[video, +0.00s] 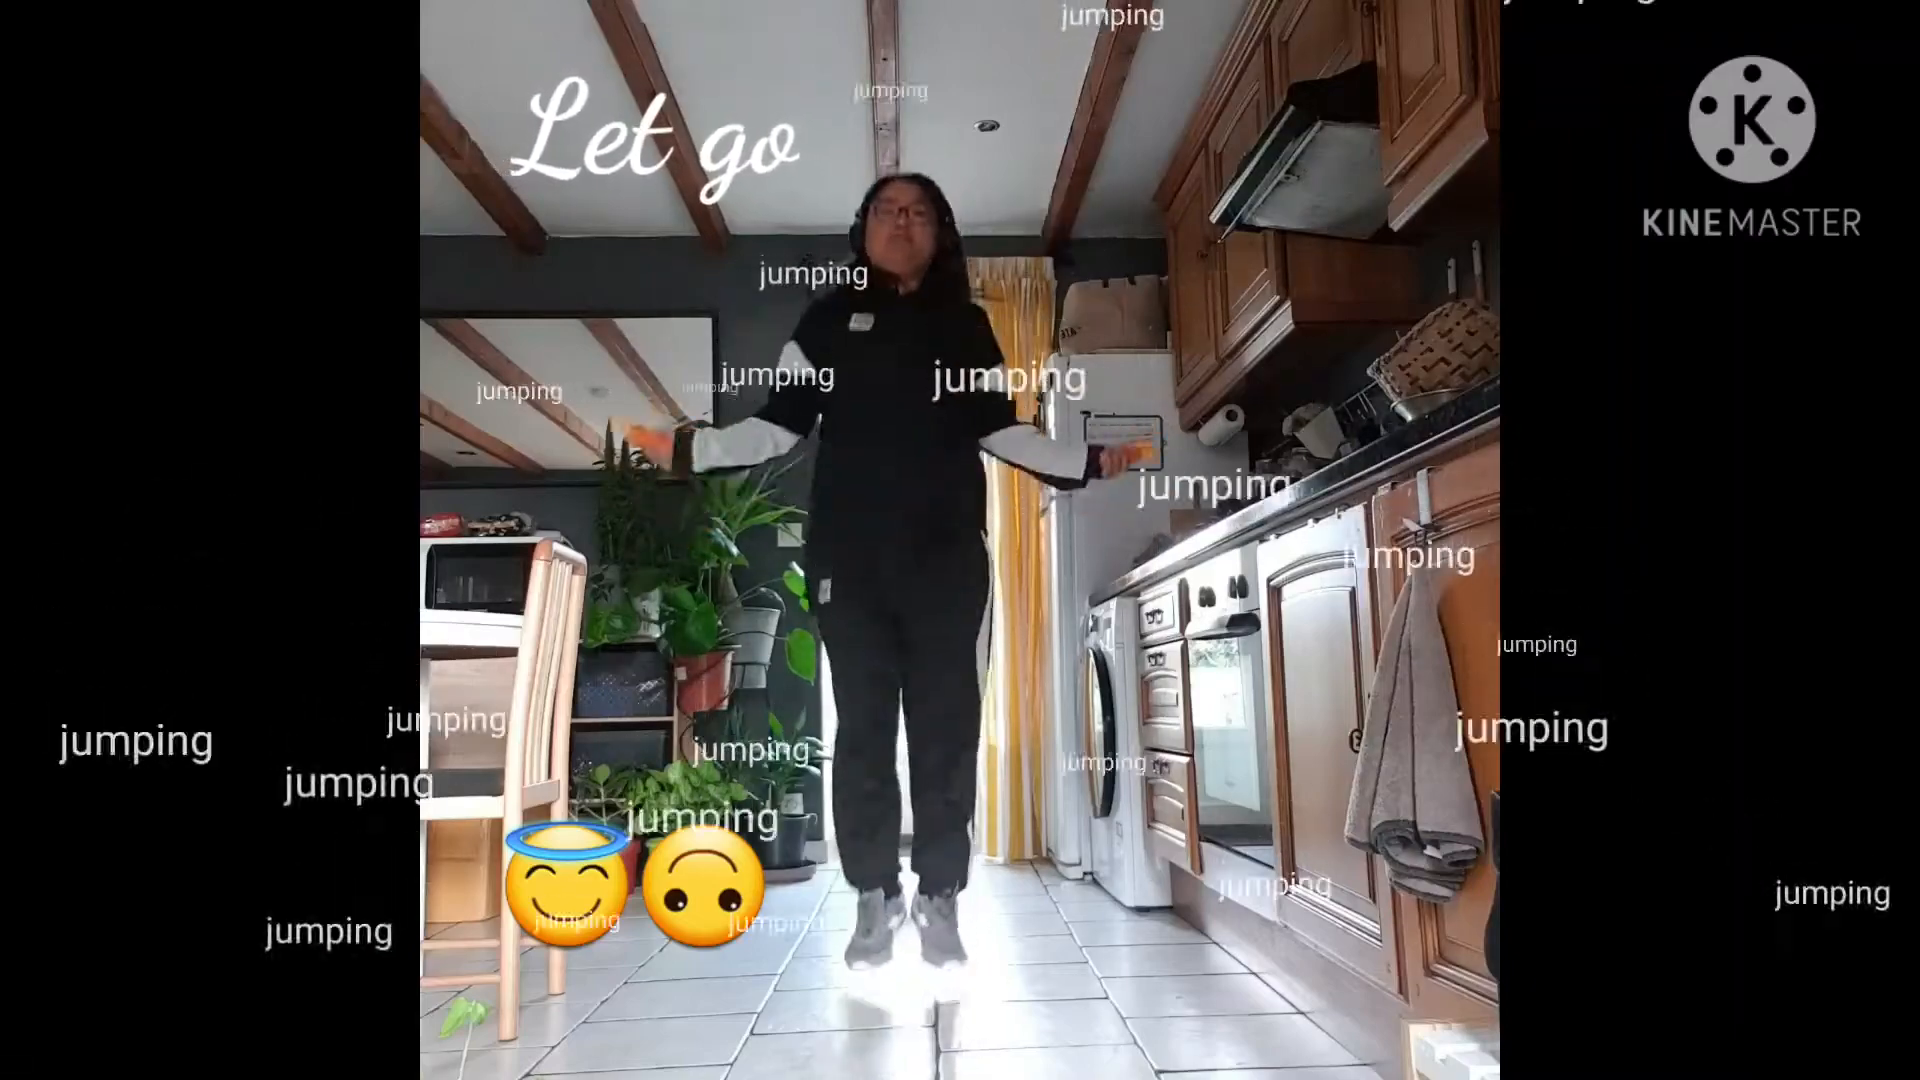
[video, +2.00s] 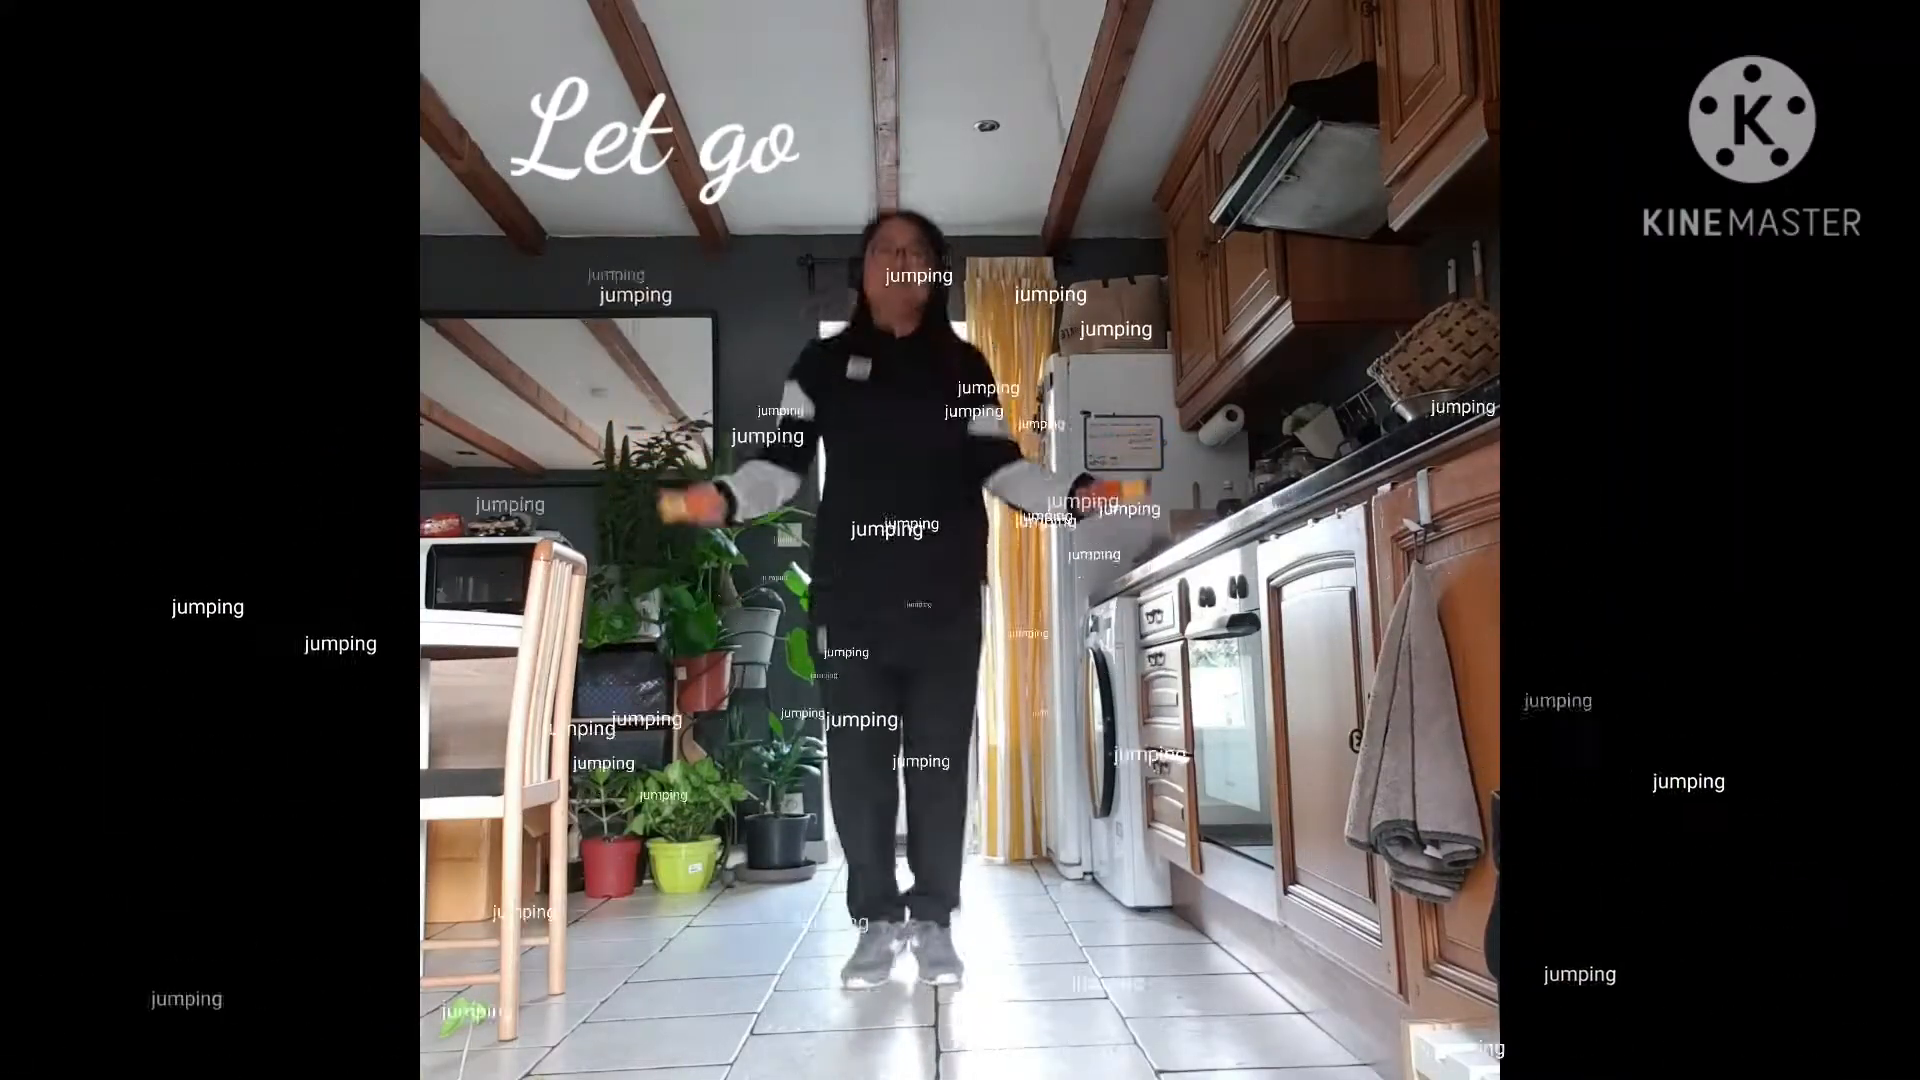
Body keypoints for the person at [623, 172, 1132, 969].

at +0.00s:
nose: (902, 222)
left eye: (918, 212)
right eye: (888, 211)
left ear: (942, 236)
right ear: (863, 233)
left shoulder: (966, 325)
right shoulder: (830, 315)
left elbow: (996, 430)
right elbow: (785, 423)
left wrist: (1088, 461)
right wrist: (693, 443)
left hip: (946, 551)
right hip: (851, 549)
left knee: (945, 726)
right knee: (863, 726)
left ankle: (939, 900)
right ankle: (874, 897)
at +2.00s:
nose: (902, 266)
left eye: (916, 255)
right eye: (888, 253)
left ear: (936, 274)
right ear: (863, 270)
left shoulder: (962, 364)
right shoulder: (826, 361)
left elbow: (997, 464)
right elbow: (782, 464)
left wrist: (1066, 494)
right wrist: (721, 496)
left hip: (944, 594)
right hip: (851, 594)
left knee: (937, 760)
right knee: (857, 761)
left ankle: (934, 922)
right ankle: (877, 921)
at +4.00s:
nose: (899, 224)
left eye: (915, 213)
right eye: (885, 211)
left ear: (939, 232)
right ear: (860, 229)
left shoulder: (962, 318)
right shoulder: (825, 317)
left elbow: (998, 424)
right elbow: (785, 424)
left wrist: (1068, 464)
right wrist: (706, 443)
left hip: (946, 544)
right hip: (851, 543)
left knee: (941, 720)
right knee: (863, 721)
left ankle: (937, 890)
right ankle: (876, 891)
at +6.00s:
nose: (901, 268)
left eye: (918, 257)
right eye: (887, 255)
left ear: (940, 277)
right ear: (865, 273)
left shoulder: (966, 367)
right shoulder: (827, 364)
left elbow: (1002, 473)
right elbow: (786, 466)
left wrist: (1077, 515)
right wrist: (726, 514)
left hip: (948, 593)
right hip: (852, 592)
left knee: (946, 760)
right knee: (864, 761)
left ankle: (937, 920)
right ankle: (880, 920)